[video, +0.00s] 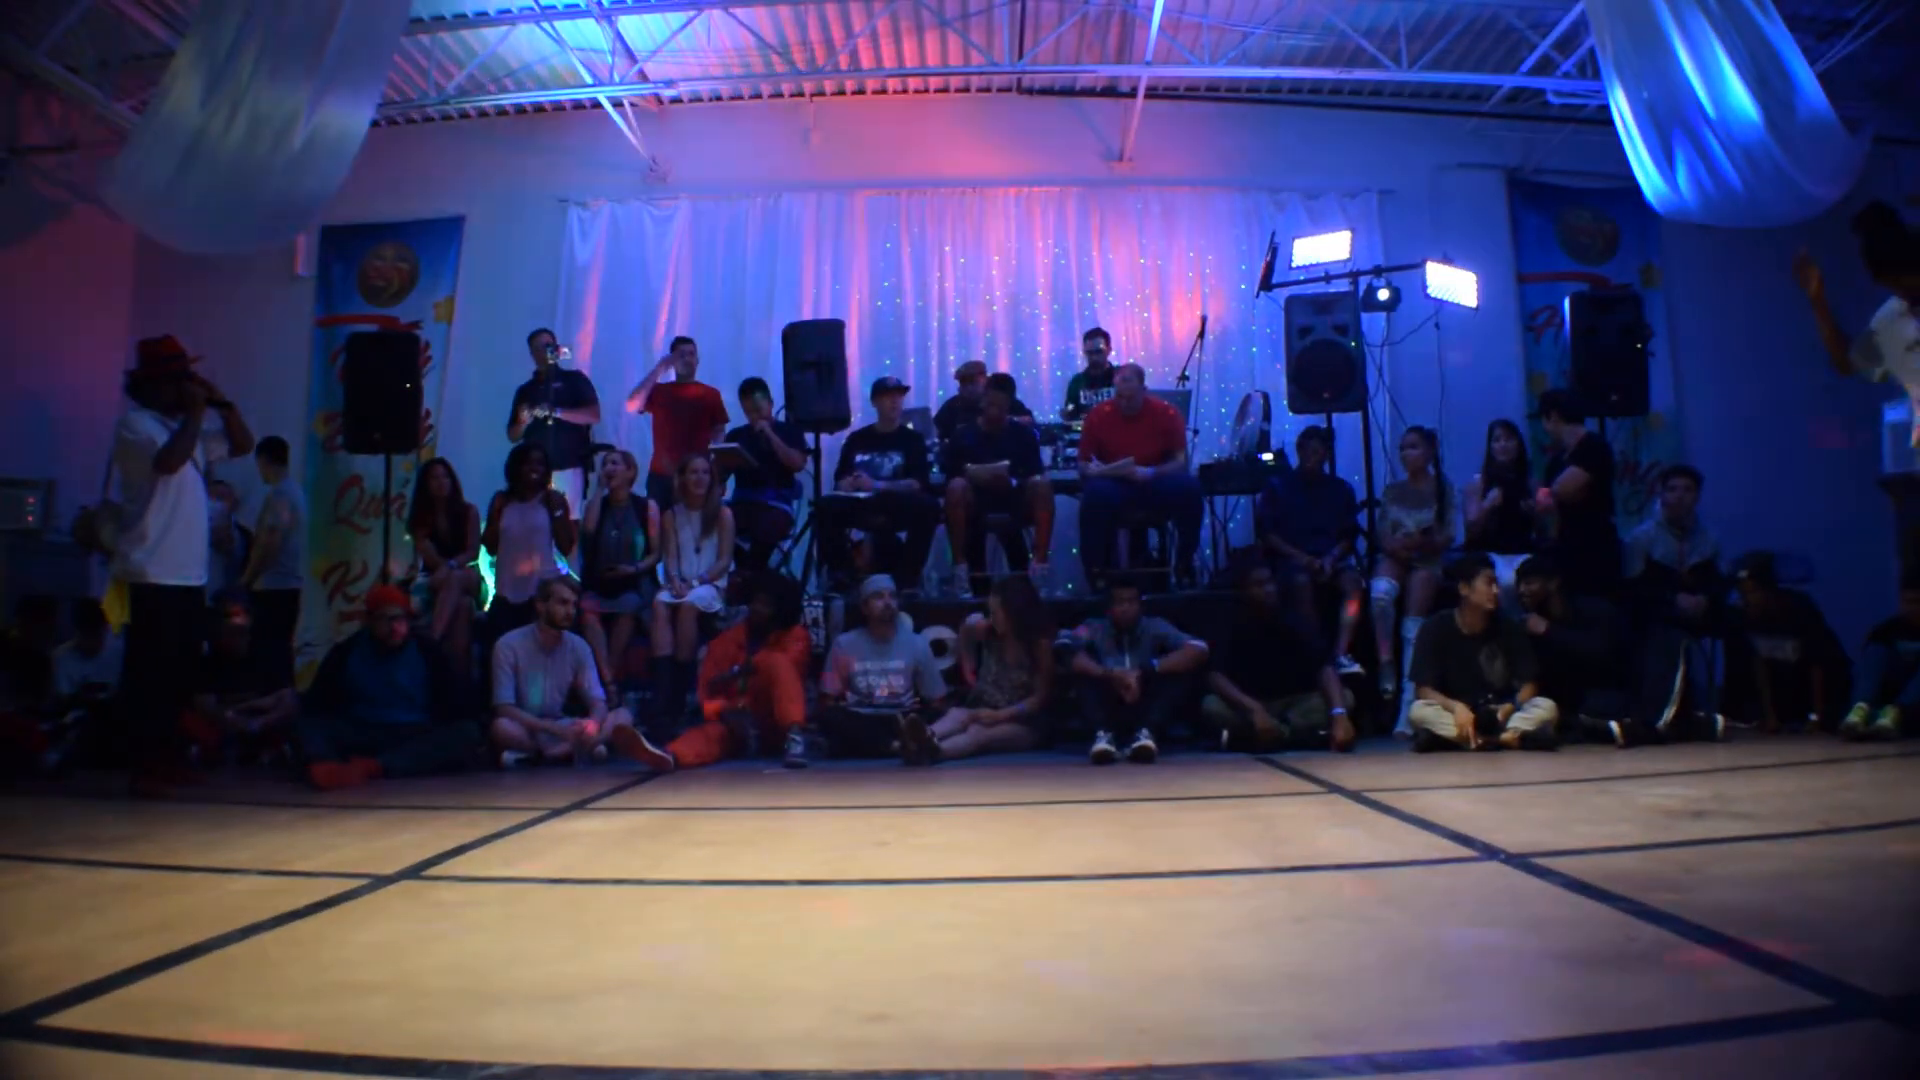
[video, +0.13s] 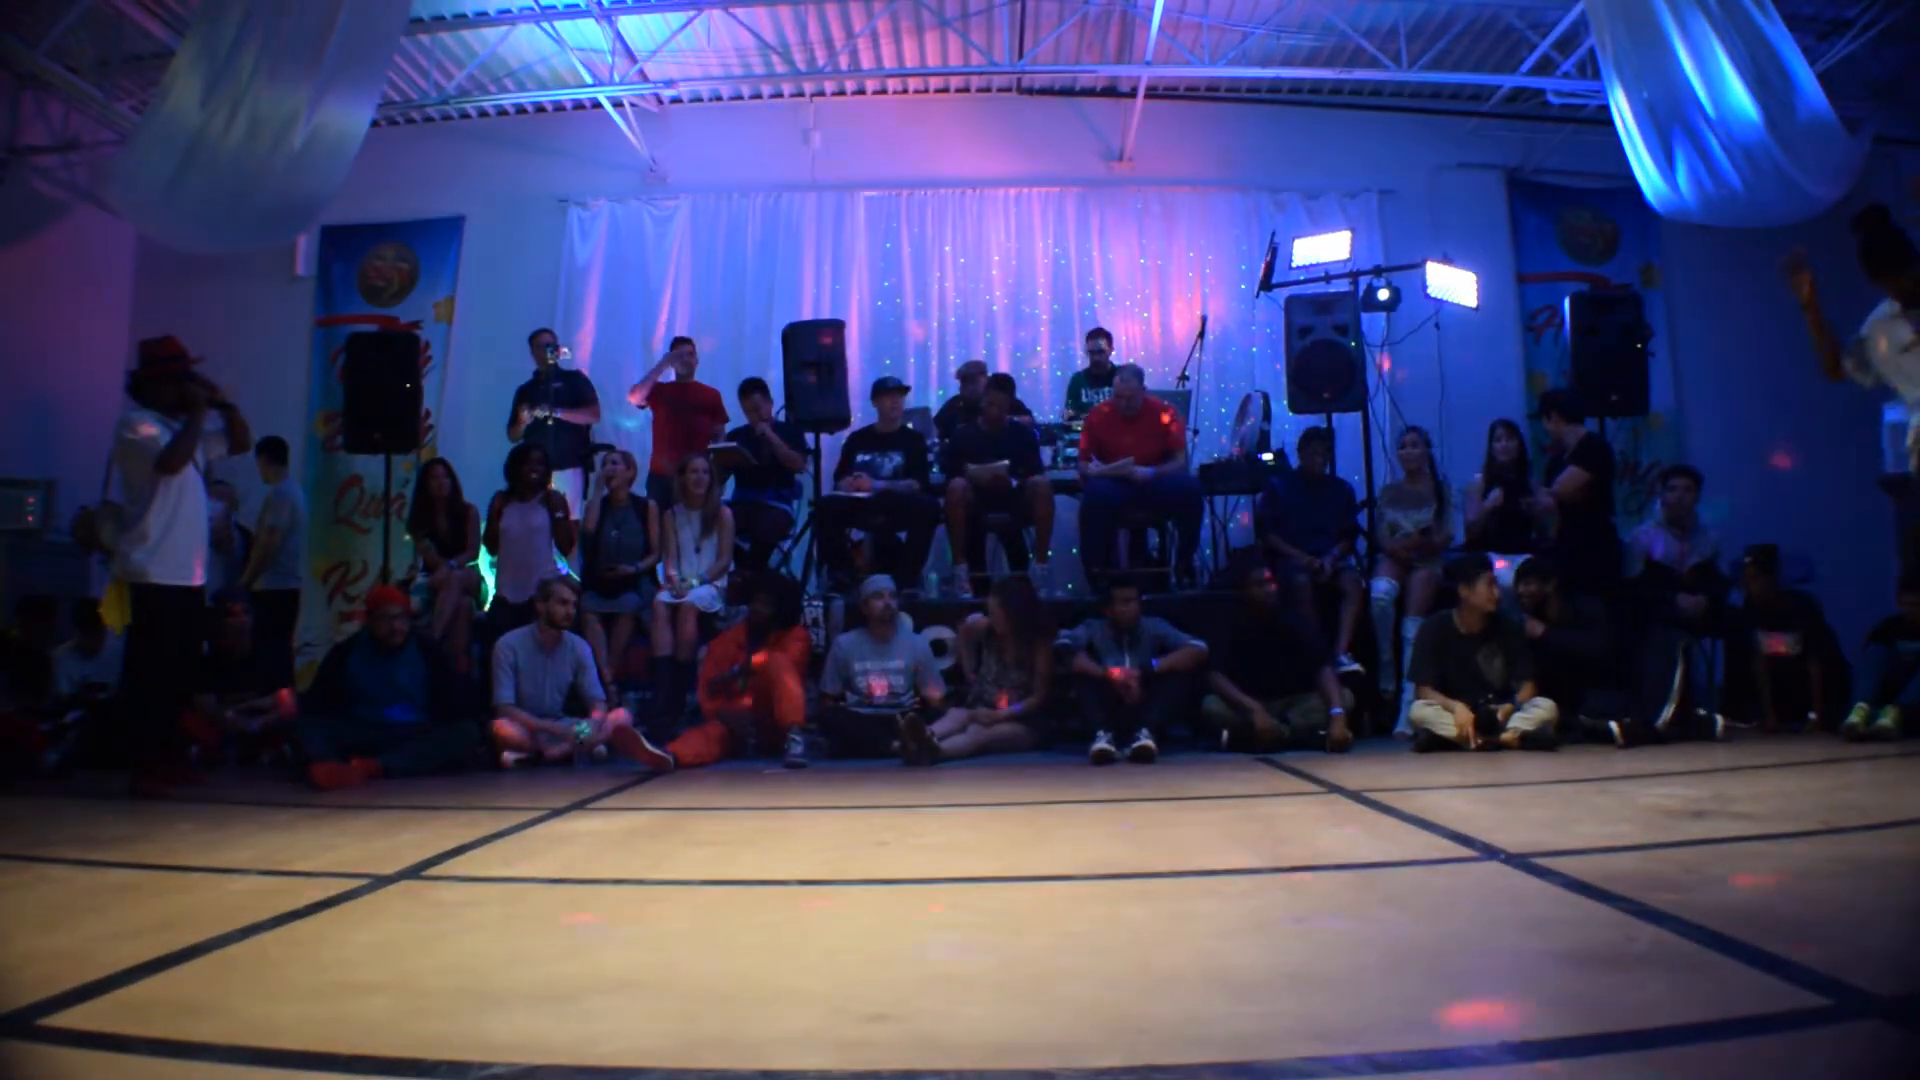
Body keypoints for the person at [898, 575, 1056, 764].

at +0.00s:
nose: (992, 619)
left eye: (996, 612)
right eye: (991, 612)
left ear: (1014, 611)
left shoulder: (1038, 646)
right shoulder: (989, 634)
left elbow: (1040, 699)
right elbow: (967, 629)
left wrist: (998, 715)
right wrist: (969, 677)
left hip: (1021, 717)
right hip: (986, 707)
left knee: (980, 733)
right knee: (957, 715)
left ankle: (933, 752)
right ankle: (921, 737)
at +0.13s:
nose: (992, 619)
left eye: (997, 612)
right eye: (991, 612)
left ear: (1014, 612)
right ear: (990, 613)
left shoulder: (1037, 644)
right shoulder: (985, 632)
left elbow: (1039, 698)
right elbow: (965, 631)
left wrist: (997, 715)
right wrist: (970, 675)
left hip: (1021, 716)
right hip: (984, 708)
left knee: (980, 734)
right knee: (957, 716)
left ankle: (932, 751)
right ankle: (921, 737)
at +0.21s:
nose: (993, 621)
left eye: (997, 615)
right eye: (991, 614)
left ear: (1015, 614)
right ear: (990, 613)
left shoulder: (1037, 644)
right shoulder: (985, 631)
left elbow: (1039, 698)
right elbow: (965, 628)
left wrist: (996, 715)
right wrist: (969, 674)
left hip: (1020, 716)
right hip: (984, 708)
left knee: (978, 734)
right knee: (956, 716)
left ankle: (931, 751)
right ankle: (920, 737)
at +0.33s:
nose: (993, 620)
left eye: (997, 614)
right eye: (991, 613)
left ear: (1014, 613)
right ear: (991, 612)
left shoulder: (1036, 645)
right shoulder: (988, 629)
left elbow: (1039, 698)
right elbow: (964, 627)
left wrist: (995, 714)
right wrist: (969, 672)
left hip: (1018, 716)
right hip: (981, 708)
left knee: (979, 734)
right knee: (956, 716)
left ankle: (931, 751)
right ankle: (918, 738)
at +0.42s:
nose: (994, 619)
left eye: (998, 613)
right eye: (992, 612)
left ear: (1014, 612)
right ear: (991, 611)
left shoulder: (1035, 645)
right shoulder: (990, 627)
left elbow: (1039, 697)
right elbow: (964, 625)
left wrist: (993, 714)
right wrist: (968, 670)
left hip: (1018, 716)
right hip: (981, 706)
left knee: (980, 734)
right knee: (955, 716)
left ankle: (931, 752)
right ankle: (918, 738)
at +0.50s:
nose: (992, 618)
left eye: (996, 611)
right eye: (990, 612)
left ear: (1013, 612)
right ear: (990, 612)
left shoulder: (1035, 644)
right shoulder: (990, 630)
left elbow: (1037, 696)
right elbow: (961, 623)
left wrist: (993, 712)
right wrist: (965, 665)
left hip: (1017, 716)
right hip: (982, 707)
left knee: (981, 733)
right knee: (957, 716)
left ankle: (931, 752)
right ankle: (920, 737)